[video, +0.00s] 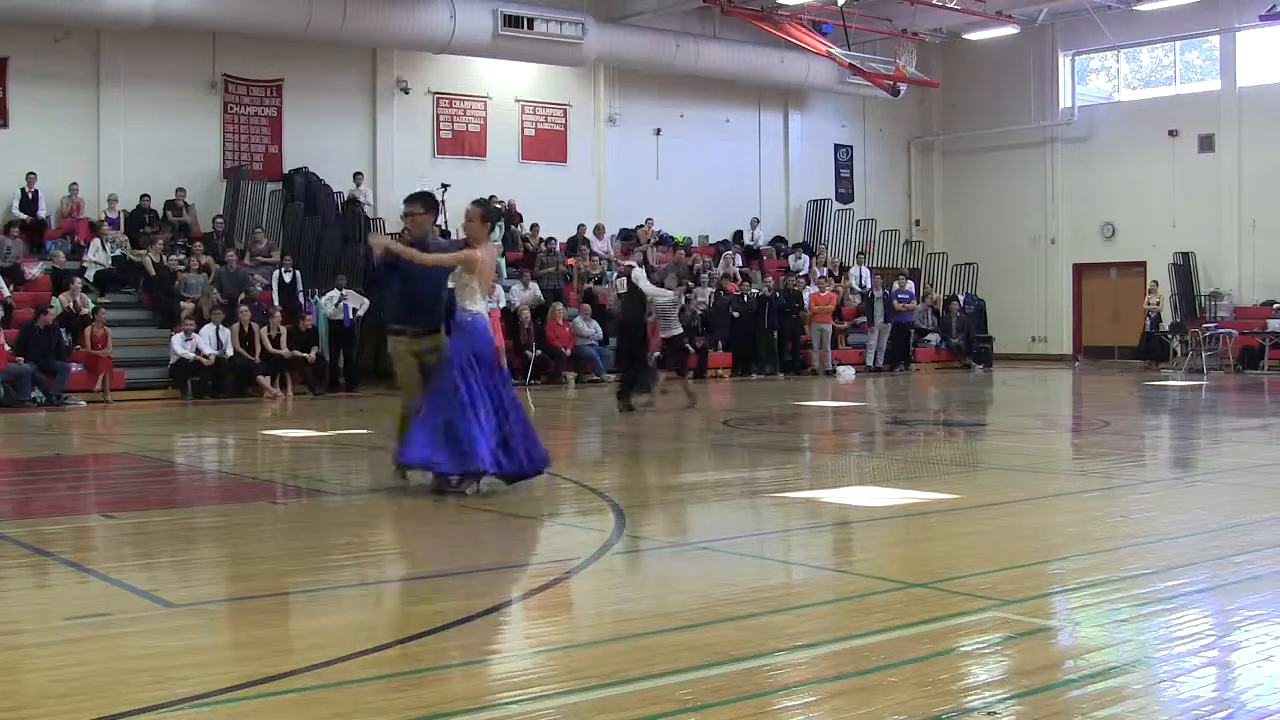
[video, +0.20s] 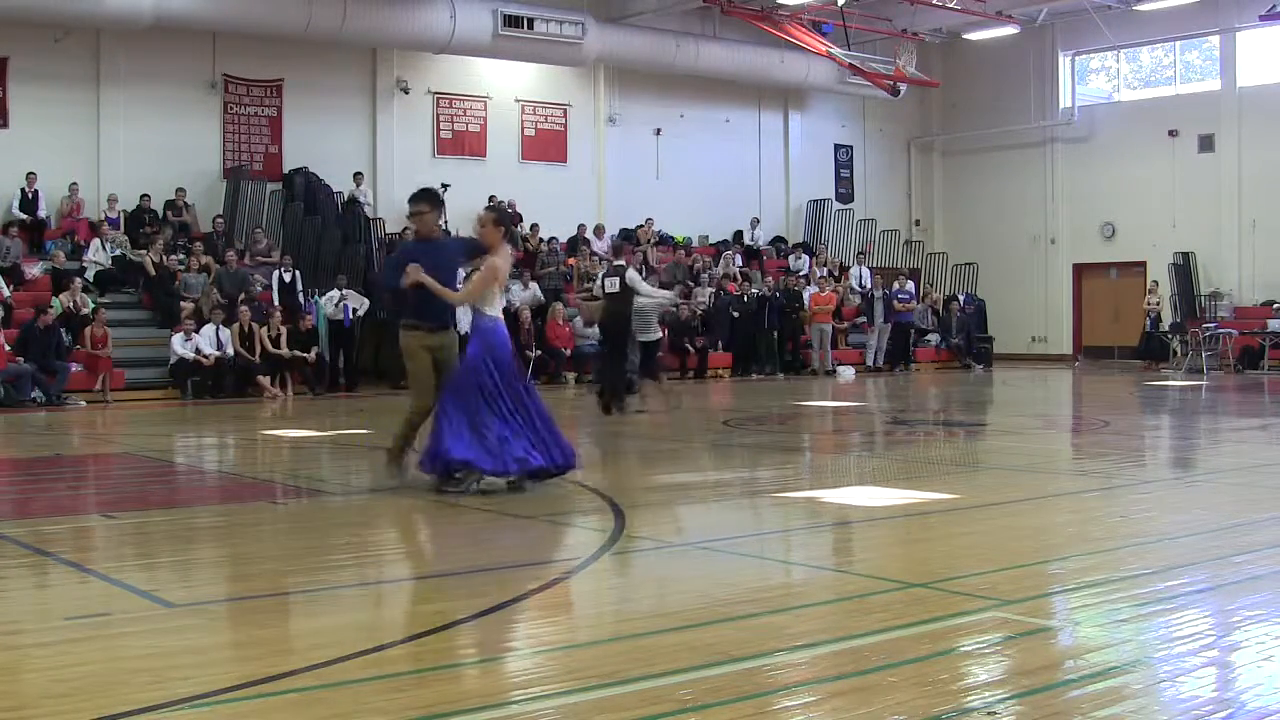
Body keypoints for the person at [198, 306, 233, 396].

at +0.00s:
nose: (217, 317)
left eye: (219, 314)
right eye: (214, 314)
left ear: (223, 316)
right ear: (210, 316)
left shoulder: (227, 331)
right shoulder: (204, 330)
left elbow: (229, 347)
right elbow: (203, 346)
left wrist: (227, 354)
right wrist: (214, 353)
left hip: (223, 356)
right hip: (210, 356)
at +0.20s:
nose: (217, 316)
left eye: (219, 314)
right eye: (214, 314)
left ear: (223, 316)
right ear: (210, 316)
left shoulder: (227, 332)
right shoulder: (204, 330)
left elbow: (230, 348)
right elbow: (205, 348)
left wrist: (227, 353)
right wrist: (217, 353)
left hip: (224, 357)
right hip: (210, 357)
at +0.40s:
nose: (217, 317)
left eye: (220, 315)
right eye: (215, 315)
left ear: (224, 317)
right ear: (211, 316)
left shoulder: (227, 331)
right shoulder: (205, 330)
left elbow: (230, 346)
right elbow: (205, 348)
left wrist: (230, 353)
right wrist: (219, 354)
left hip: (224, 355)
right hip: (210, 356)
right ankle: (217, 390)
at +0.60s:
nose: (218, 317)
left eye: (221, 315)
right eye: (215, 315)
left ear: (224, 317)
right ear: (211, 316)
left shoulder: (227, 331)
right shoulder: (206, 330)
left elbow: (230, 346)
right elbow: (205, 348)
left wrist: (230, 353)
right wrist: (219, 354)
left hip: (224, 355)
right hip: (211, 355)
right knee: (222, 363)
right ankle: (218, 390)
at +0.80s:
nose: (219, 317)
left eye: (221, 315)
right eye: (216, 315)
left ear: (225, 317)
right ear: (213, 317)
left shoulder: (227, 331)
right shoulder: (206, 330)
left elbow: (229, 344)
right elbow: (207, 348)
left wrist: (231, 353)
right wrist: (221, 355)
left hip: (224, 355)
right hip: (211, 356)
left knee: (239, 362)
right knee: (224, 364)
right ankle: (221, 391)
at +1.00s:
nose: (219, 317)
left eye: (221, 315)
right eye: (216, 315)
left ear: (226, 317)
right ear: (213, 316)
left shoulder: (227, 331)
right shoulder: (206, 330)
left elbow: (229, 345)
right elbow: (207, 348)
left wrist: (231, 353)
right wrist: (221, 355)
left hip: (224, 355)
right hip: (211, 356)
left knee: (238, 363)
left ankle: (235, 390)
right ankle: (221, 391)